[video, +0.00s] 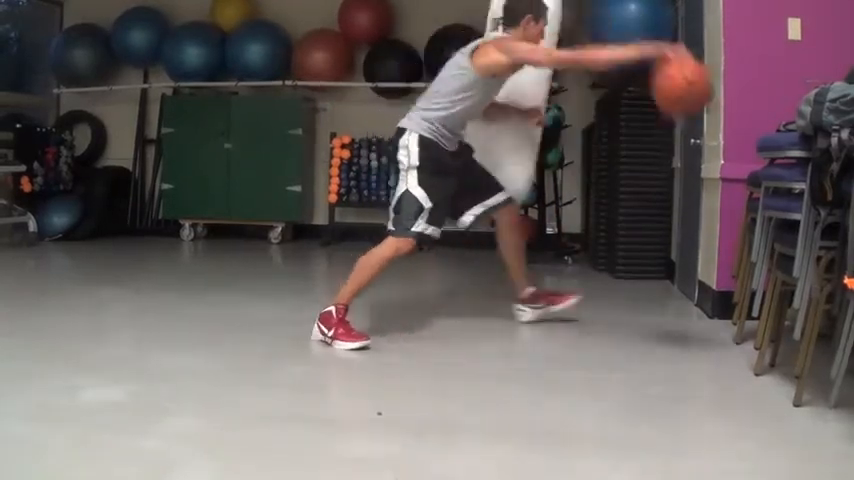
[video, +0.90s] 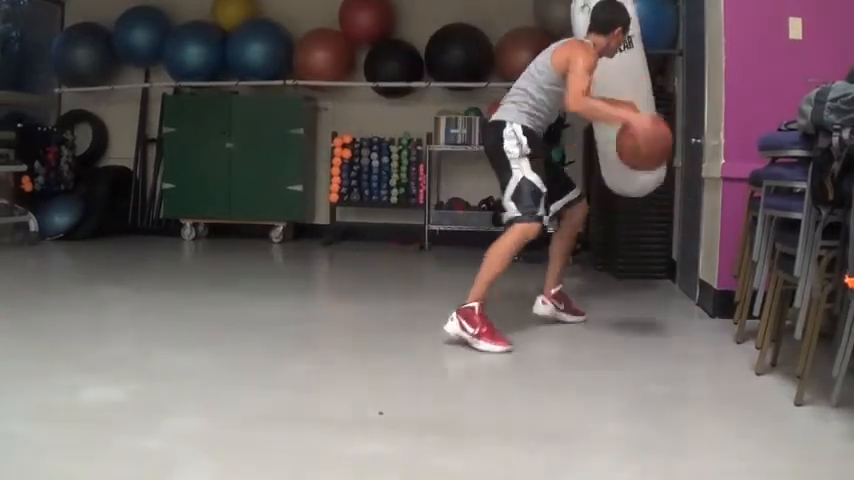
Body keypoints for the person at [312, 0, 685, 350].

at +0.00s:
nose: (542, 41)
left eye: (542, 34)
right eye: (539, 32)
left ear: (521, 25)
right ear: (523, 25)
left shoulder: (493, 53)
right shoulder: (494, 49)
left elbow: (473, 102)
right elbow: (582, 59)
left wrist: (521, 113)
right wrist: (649, 49)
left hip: (452, 150)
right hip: (419, 143)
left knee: (507, 210)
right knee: (405, 237)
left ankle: (525, 297)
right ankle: (334, 314)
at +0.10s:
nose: (565, 46)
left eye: (565, 39)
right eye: (564, 39)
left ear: (538, 35)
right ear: (549, 36)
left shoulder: (510, 62)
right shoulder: (532, 64)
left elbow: (500, 113)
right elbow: (594, 104)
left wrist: (550, 122)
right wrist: (657, 135)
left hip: (474, 159)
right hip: (449, 155)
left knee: (538, 215)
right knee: (435, 252)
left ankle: (554, 304)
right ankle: (343, 308)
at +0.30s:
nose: (604, 79)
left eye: (605, 73)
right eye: (605, 72)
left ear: (581, 64)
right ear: (593, 68)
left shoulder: (557, 87)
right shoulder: (561, 88)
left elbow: (541, 122)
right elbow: (602, 145)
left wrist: (579, 132)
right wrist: (670, 162)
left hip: (498, 165)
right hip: (469, 157)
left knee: (563, 213)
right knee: (505, 242)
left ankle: (558, 303)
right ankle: (410, 305)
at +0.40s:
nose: (610, 84)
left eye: (610, 78)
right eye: (610, 78)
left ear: (581, 67)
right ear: (597, 74)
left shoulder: (567, 91)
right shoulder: (560, 95)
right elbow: (620, 147)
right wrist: (674, 129)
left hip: (499, 166)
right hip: (467, 160)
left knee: (563, 218)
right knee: (497, 247)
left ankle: (556, 305)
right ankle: (433, 338)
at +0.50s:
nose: (608, 85)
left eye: (609, 78)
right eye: (609, 78)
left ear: (579, 69)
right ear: (595, 75)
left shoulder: (561, 91)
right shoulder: (561, 102)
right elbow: (625, 157)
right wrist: (677, 152)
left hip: (496, 169)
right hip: (468, 165)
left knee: (562, 218)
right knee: (501, 253)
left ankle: (555, 306)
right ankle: (433, 341)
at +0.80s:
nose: (621, 59)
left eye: (623, 53)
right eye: (623, 52)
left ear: (595, 41)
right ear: (615, 46)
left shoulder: (572, 64)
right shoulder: (581, 68)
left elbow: (575, 112)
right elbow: (579, 132)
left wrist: (616, 112)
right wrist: (628, 167)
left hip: (524, 153)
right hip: (505, 143)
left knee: (576, 215)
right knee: (506, 227)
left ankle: (550, 302)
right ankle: (456, 322)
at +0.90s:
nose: (621, 47)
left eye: (624, 41)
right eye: (624, 40)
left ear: (596, 26)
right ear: (615, 32)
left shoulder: (577, 50)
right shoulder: (581, 51)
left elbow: (585, 100)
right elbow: (575, 102)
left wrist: (623, 107)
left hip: (529, 136)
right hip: (511, 131)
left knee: (575, 209)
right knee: (528, 224)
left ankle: (550, 295)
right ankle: (469, 311)